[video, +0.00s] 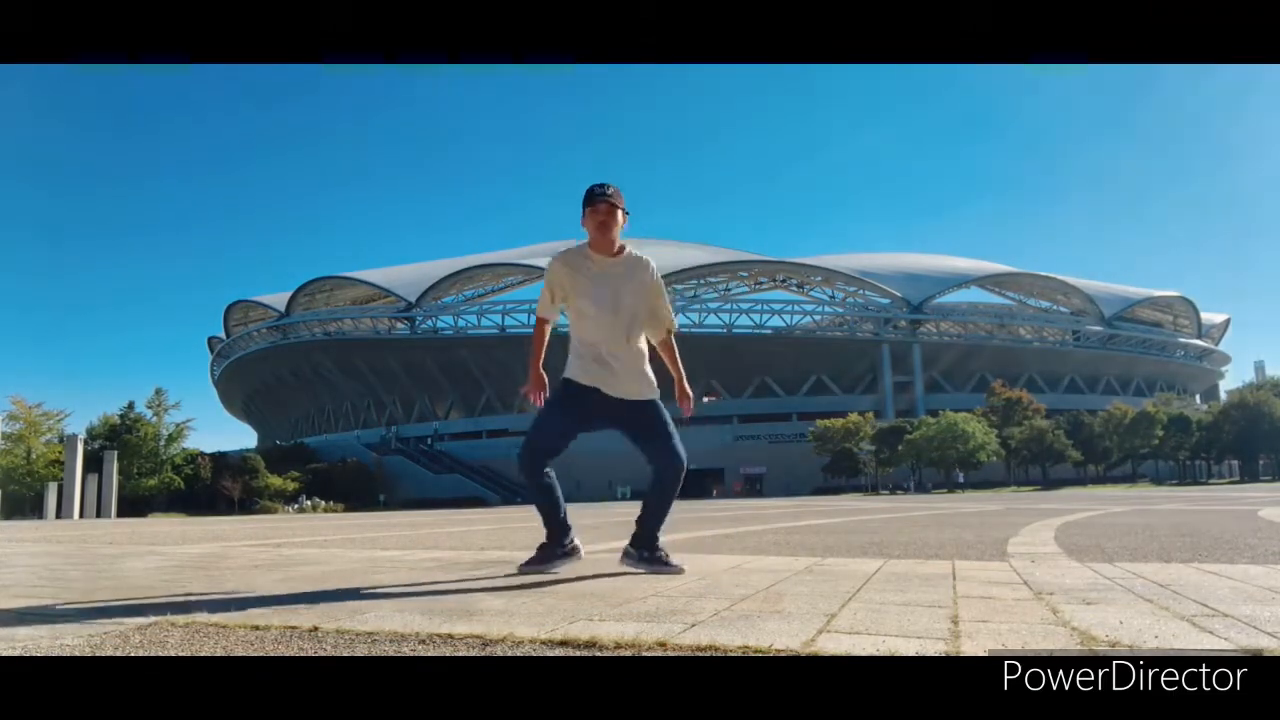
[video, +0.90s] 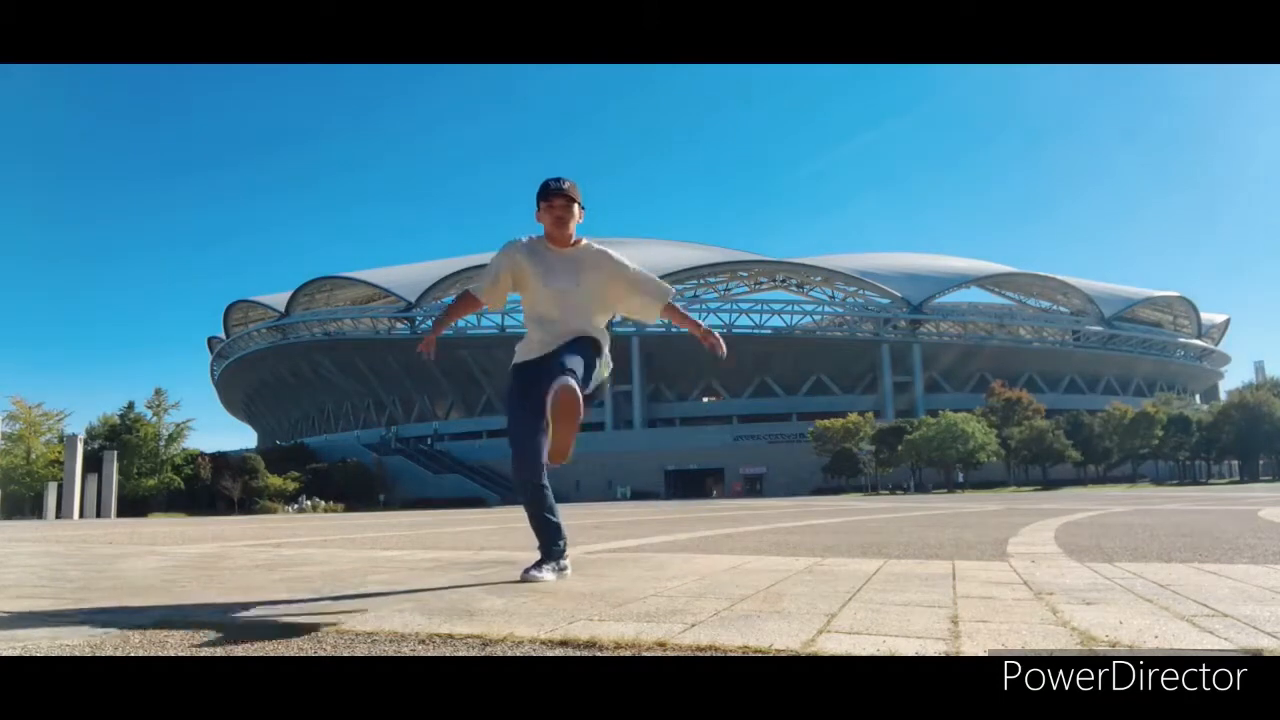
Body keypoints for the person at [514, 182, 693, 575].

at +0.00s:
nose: (604, 215)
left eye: (611, 209)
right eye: (596, 209)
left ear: (623, 219)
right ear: (584, 219)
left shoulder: (643, 269)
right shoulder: (564, 265)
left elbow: (661, 331)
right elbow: (545, 319)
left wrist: (680, 380)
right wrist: (535, 369)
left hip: (636, 392)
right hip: (580, 389)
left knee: (673, 463)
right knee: (532, 457)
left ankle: (644, 545)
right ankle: (561, 541)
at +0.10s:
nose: (593, 202)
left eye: (600, 196)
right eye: (585, 196)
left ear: (611, 204)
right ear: (572, 204)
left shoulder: (633, 251)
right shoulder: (553, 250)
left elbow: (656, 309)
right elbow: (530, 302)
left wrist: (676, 353)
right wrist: (513, 349)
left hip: (625, 371)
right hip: (573, 370)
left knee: (643, 457)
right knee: (548, 455)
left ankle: (667, 543)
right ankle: (550, 540)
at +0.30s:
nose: (574, 207)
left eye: (581, 201)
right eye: (566, 201)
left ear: (595, 209)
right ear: (555, 210)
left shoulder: (619, 254)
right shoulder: (535, 250)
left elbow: (661, 292)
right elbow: (493, 283)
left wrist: (684, 329)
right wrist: (462, 318)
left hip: (601, 370)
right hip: (546, 369)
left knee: (652, 419)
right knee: (533, 460)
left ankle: (652, 509)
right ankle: (550, 554)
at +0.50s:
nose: (567, 205)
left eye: (574, 199)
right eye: (559, 200)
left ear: (588, 207)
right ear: (548, 209)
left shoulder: (608, 262)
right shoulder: (528, 250)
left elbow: (638, 320)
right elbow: (487, 291)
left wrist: (666, 363)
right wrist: (443, 323)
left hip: (582, 366)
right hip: (530, 362)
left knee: (589, 426)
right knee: (515, 449)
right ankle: (549, 548)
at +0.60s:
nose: (562, 203)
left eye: (570, 196)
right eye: (554, 197)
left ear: (583, 205)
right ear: (543, 206)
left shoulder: (601, 257)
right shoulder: (529, 249)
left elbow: (610, 321)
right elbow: (483, 291)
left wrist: (620, 363)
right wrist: (446, 324)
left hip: (587, 371)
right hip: (538, 365)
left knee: (541, 415)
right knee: (530, 457)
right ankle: (552, 554)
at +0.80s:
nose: (559, 205)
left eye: (566, 199)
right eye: (551, 199)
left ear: (580, 207)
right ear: (539, 209)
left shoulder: (600, 259)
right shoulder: (520, 250)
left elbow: (632, 312)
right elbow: (485, 293)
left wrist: (654, 352)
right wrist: (448, 318)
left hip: (581, 351)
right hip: (530, 355)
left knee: (556, 383)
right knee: (525, 462)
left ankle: (485, 452)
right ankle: (553, 555)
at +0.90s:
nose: (559, 213)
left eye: (566, 207)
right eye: (551, 207)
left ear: (579, 212)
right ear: (539, 213)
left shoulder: (600, 259)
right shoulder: (519, 255)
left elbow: (653, 296)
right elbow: (479, 293)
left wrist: (698, 329)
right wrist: (438, 327)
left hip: (584, 345)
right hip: (533, 356)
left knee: (571, 365)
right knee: (526, 462)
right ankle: (554, 556)